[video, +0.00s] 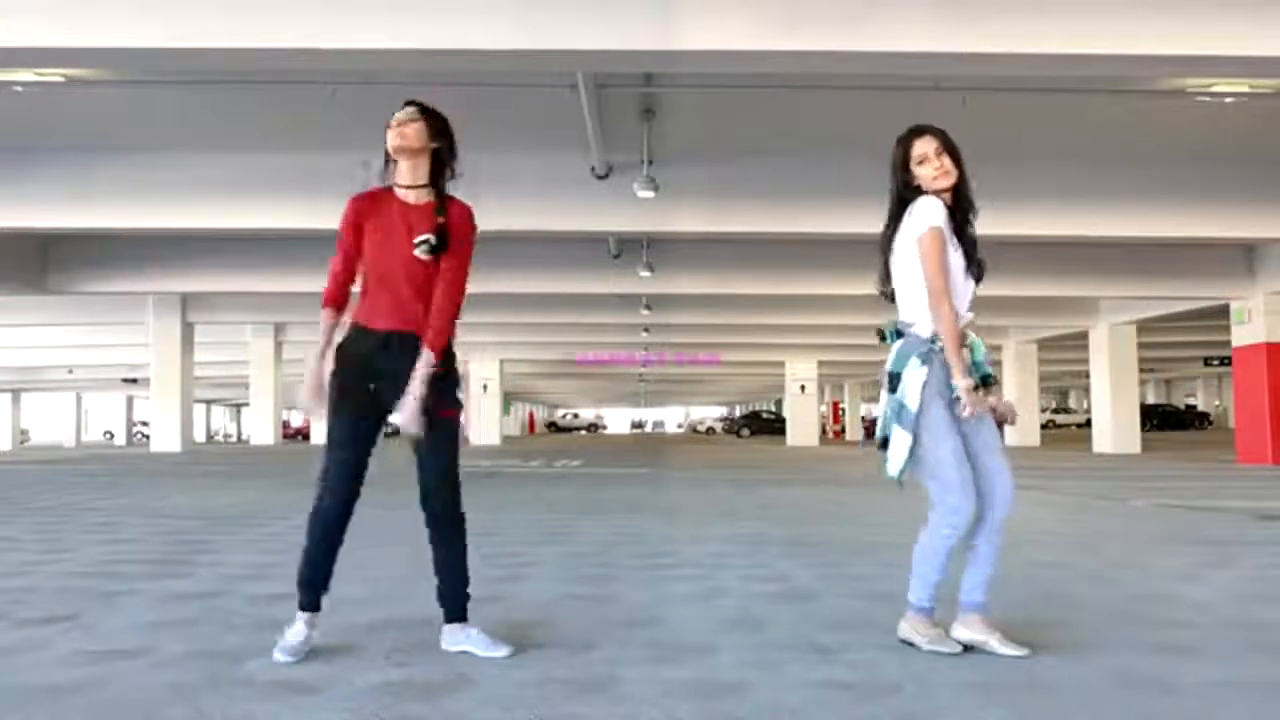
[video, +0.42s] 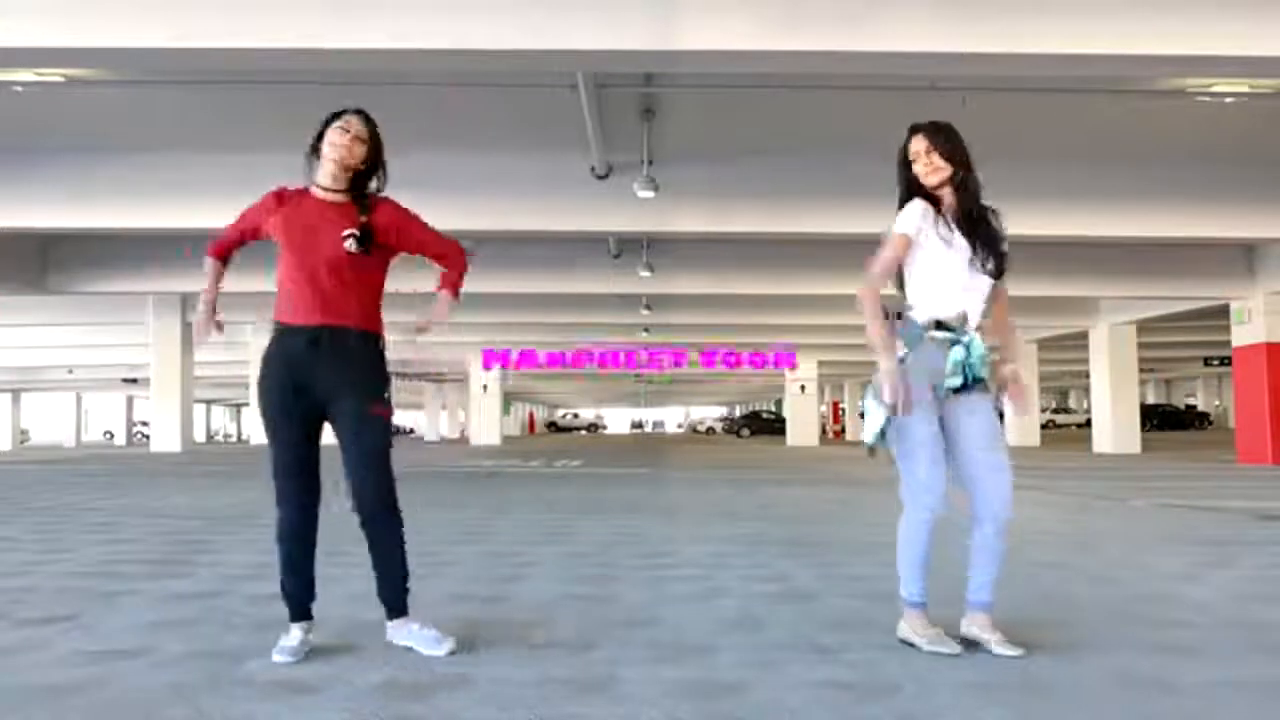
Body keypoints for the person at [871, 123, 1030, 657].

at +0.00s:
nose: (938, 165)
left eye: (942, 154)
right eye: (924, 162)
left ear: (956, 160)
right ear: (911, 176)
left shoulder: (942, 225)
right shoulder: (926, 212)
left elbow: (953, 319)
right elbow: (939, 300)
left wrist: (987, 394)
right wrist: (963, 378)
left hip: (955, 369)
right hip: (926, 368)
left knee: (998, 492)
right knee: (955, 502)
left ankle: (971, 617)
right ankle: (917, 616)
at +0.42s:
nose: (925, 164)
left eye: (932, 153)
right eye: (916, 160)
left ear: (956, 155)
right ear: (911, 171)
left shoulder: (985, 224)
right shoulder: (917, 216)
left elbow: (996, 301)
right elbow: (869, 287)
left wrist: (1007, 358)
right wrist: (887, 358)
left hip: (968, 362)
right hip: (915, 356)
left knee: (995, 493)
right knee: (924, 490)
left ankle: (977, 616)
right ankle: (912, 615)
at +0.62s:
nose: (920, 155)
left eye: (929, 146)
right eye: (918, 146)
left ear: (958, 150)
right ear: (921, 153)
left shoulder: (1003, 213)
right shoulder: (910, 209)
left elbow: (1068, 257)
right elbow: (842, 242)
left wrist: (1034, 315)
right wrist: (869, 291)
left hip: (984, 353)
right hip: (918, 353)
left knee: (984, 490)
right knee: (920, 491)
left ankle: (1008, 613)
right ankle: (912, 614)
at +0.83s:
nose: (936, 159)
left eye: (945, 151)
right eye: (938, 150)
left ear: (972, 159)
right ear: (953, 159)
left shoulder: (1013, 215)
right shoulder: (930, 216)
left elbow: (1083, 268)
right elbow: (905, 274)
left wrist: (1036, 321)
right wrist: (916, 315)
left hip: (998, 359)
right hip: (938, 356)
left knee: (1003, 489)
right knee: (926, 487)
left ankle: (1009, 613)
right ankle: (910, 609)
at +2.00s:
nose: (997, 153)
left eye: (1010, 151)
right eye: (991, 143)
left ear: (1017, 172)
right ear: (970, 156)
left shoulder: (1026, 223)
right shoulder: (941, 227)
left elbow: (1095, 266)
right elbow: (914, 289)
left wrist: (1056, 325)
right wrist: (936, 333)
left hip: (1021, 359)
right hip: (963, 363)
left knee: (1016, 490)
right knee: (950, 490)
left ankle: (1012, 613)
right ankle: (984, 575)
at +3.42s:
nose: (922, 167)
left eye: (933, 162)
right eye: (926, 159)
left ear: (957, 175)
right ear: (932, 171)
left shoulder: (979, 233)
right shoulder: (906, 232)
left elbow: (1045, 282)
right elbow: (881, 294)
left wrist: (1000, 330)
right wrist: (895, 328)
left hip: (960, 359)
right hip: (913, 360)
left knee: (958, 486)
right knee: (926, 489)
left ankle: (942, 606)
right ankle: (989, 575)